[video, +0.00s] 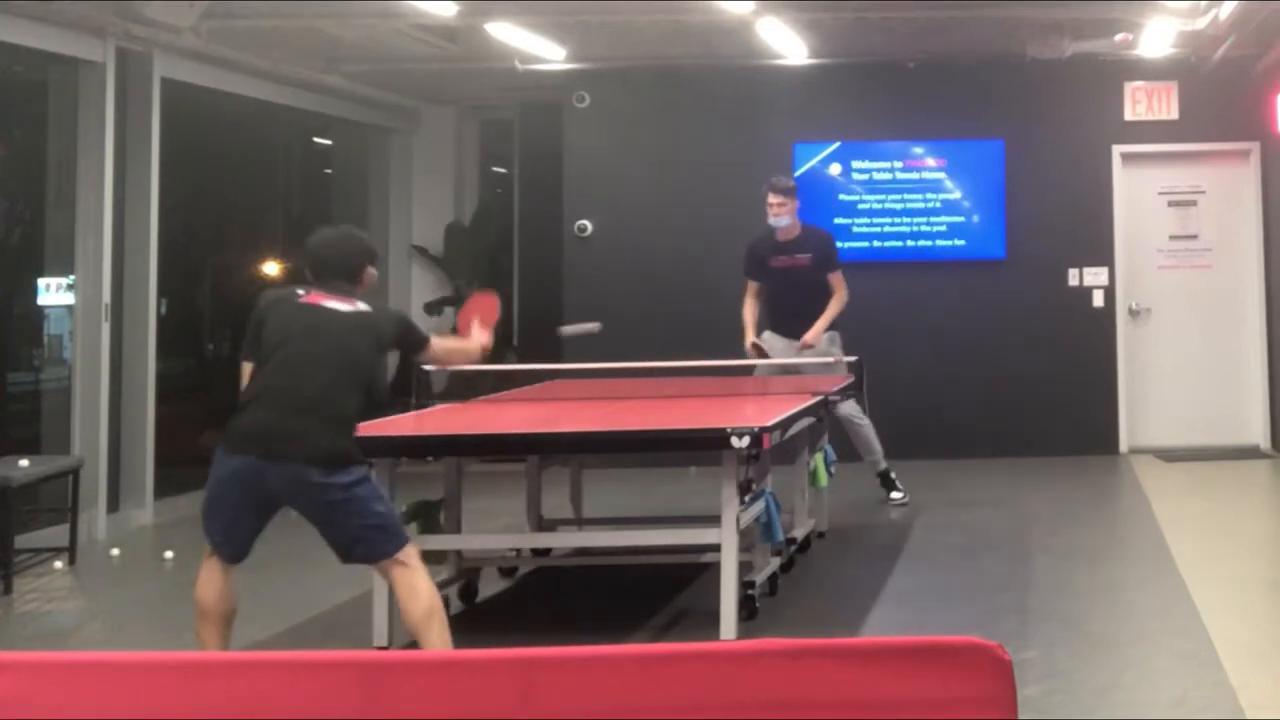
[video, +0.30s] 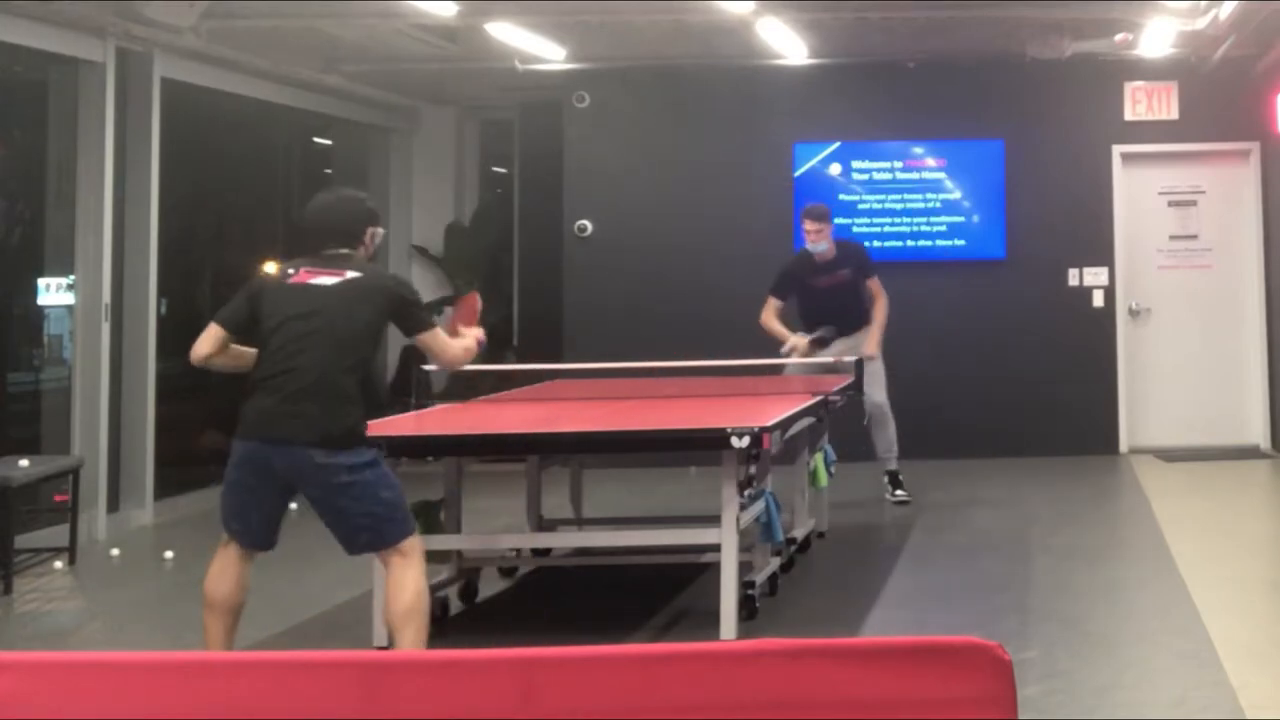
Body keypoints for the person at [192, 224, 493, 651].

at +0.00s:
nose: (376, 274)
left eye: (374, 266)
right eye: (373, 267)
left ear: (313, 269)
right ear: (363, 274)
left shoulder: (272, 302)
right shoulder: (381, 322)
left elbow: (248, 384)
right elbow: (436, 351)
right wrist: (476, 343)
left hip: (247, 451)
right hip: (324, 457)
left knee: (219, 558)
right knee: (401, 562)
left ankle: (211, 676)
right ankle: (448, 675)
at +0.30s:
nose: (377, 240)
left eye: (376, 233)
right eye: (374, 233)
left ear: (312, 235)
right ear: (364, 238)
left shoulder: (272, 281)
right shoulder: (383, 287)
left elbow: (205, 352)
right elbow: (449, 356)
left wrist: (271, 359)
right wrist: (471, 341)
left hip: (259, 439)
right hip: (334, 445)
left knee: (236, 546)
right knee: (403, 553)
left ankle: (215, 672)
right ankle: (411, 679)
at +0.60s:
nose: (414, 288)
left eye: (415, 277)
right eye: (414, 277)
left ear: (366, 269)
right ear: (401, 279)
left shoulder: (326, 305)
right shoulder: (341, 324)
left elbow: (335, 369)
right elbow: (295, 419)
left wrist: (397, 375)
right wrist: (350, 485)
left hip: (230, 471)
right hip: (271, 477)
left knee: (217, 578)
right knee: (385, 557)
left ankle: (112, 668)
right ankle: (395, 690)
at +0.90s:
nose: (525, 275)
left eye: (525, 264)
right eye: (522, 265)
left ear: (462, 251)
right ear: (498, 266)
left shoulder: (406, 278)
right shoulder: (485, 330)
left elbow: (339, 285)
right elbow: (576, 376)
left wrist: (355, 252)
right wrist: (662, 384)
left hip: (302, 445)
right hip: (356, 466)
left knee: (251, 526)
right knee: (440, 571)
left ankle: (175, 616)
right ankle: (376, 677)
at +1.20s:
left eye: (550, 161)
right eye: (567, 160)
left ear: (526, 168)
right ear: (585, 168)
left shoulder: (492, 209)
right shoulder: (614, 215)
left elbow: (412, 199)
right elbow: (710, 218)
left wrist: (458, 135)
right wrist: (667, 172)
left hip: (490, 392)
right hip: (567, 403)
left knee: (430, 449)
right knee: (587, 543)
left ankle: (361, 518)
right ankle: (514, 667)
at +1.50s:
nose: (613, 213)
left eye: (614, 205)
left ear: (616, 212)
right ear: (677, 210)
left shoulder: (590, 272)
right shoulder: (716, 276)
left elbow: (558, 363)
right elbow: (745, 363)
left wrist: (524, 434)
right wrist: (776, 407)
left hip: (609, 457)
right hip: (693, 457)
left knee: (561, 587)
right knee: (718, 599)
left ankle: (498, 703)